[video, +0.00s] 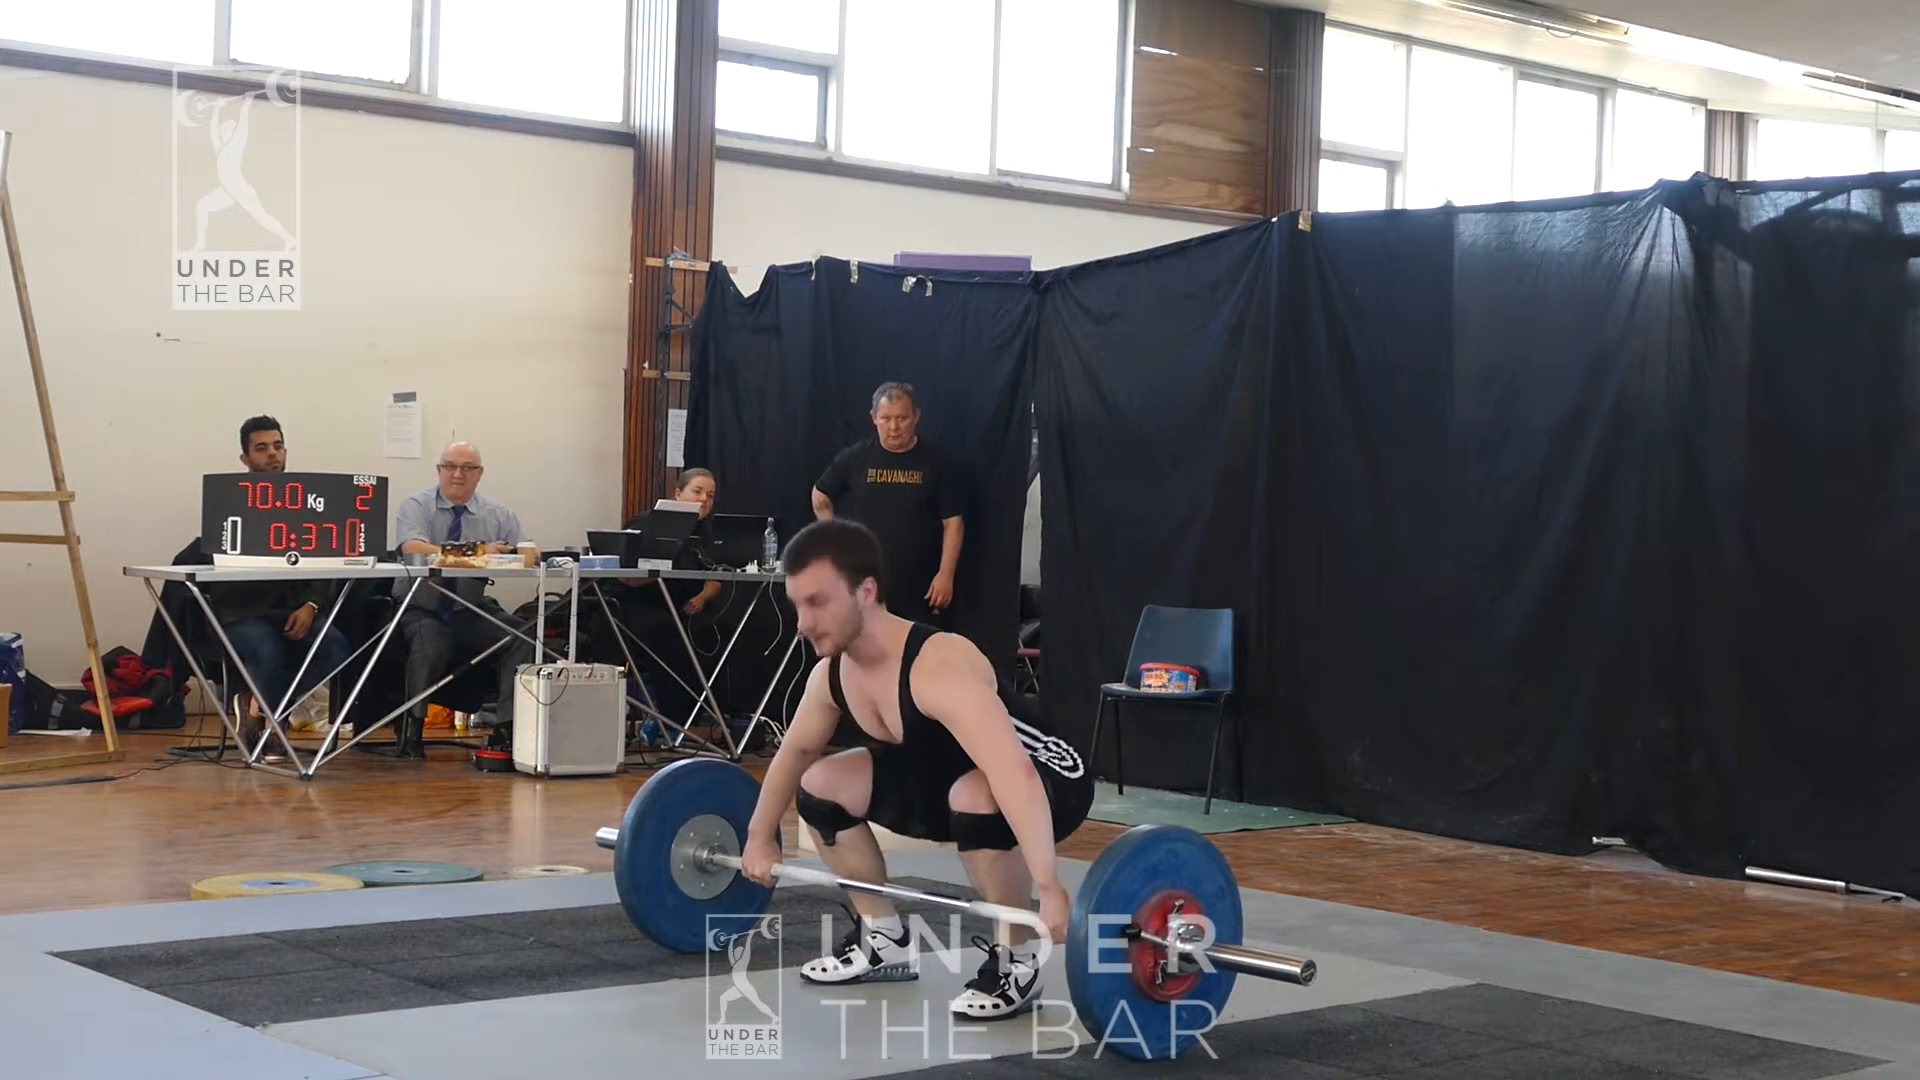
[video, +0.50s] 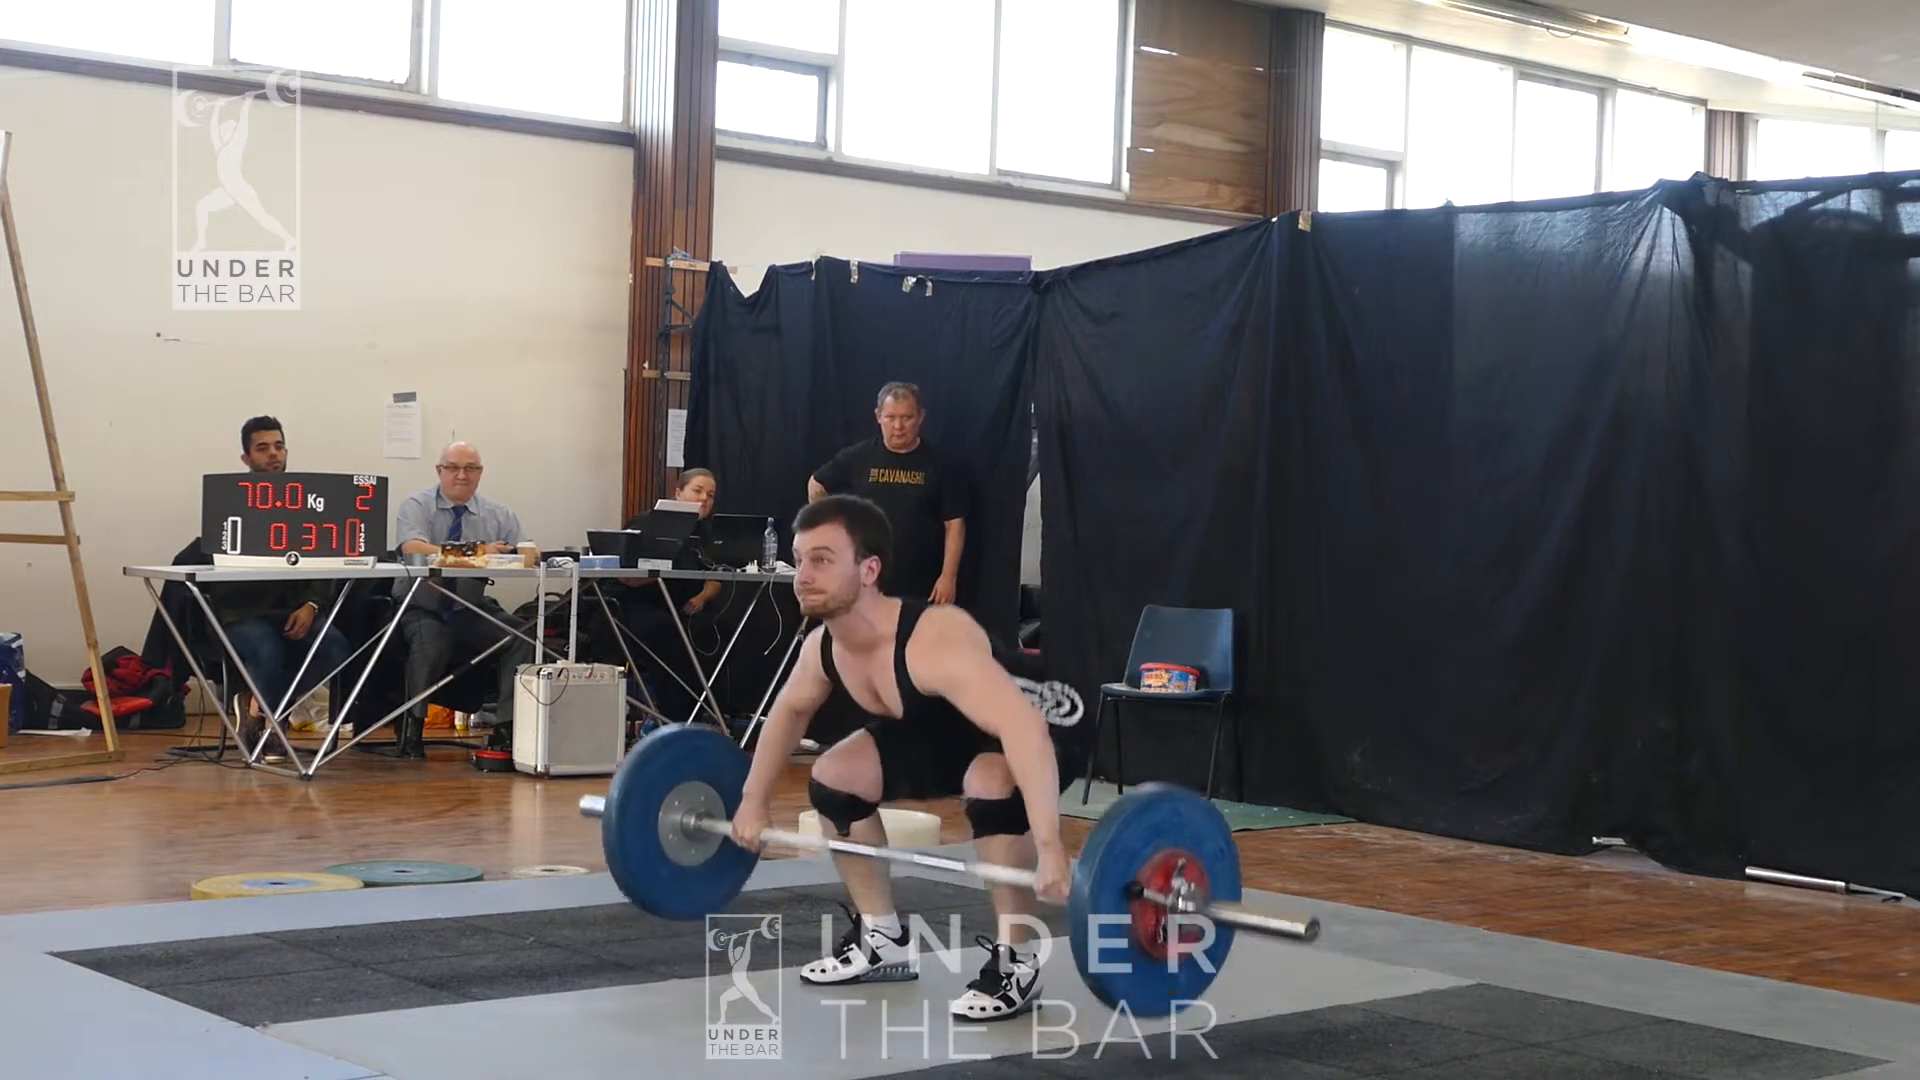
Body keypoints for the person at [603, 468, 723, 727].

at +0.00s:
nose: (704, 500)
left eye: (710, 495)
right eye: (697, 492)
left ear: (714, 502)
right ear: (678, 494)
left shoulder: (707, 534)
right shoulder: (648, 525)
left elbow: (717, 578)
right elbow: (626, 577)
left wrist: (702, 597)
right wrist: (661, 571)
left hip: (685, 612)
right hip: (645, 609)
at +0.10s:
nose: (704, 500)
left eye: (710, 495)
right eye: (697, 492)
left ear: (714, 502)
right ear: (678, 494)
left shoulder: (705, 534)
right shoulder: (647, 524)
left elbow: (716, 578)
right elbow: (628, 577)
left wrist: (702, 597)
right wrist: (664, 567)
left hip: (682, 613)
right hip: (642, 610)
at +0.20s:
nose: (704, 499)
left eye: (710, 495)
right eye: (697, 491)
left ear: (714, 502)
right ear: (678, 493)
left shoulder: (705, 533)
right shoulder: (648, 524)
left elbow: (716, 578)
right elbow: (629, 577)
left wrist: (702, 597)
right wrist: (664, 567)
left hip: (682, 612)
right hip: (642, 610)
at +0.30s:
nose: (704, 500)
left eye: (710, 495)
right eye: (697, 492)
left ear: (714, 502)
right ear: (678, 493)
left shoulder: (705, 534)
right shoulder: (648, 524)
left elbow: (717, 578)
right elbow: (628, 578)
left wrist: (702, 598)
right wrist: (664, 568)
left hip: (683, 615)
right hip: (643, 612)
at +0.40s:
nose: (704, 499)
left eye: (710, 495)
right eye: (697, 491)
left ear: (714, 502)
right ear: (678, 493)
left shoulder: (705, 533)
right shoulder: (648, 524)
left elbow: (716, 578)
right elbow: (629, 578)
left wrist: (702, 597)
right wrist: (664, 567)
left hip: (682, 613)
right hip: (641, 610)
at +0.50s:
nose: (704, 499)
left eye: (710, 495)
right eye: (697, 491)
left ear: (714, 502)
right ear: (678, 493)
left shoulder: (706, 534)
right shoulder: (646, 525)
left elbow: (717, 578)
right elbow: (629, 578)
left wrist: (701, 597)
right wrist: (661, 567)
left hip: (685, 614)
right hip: (643, 612)